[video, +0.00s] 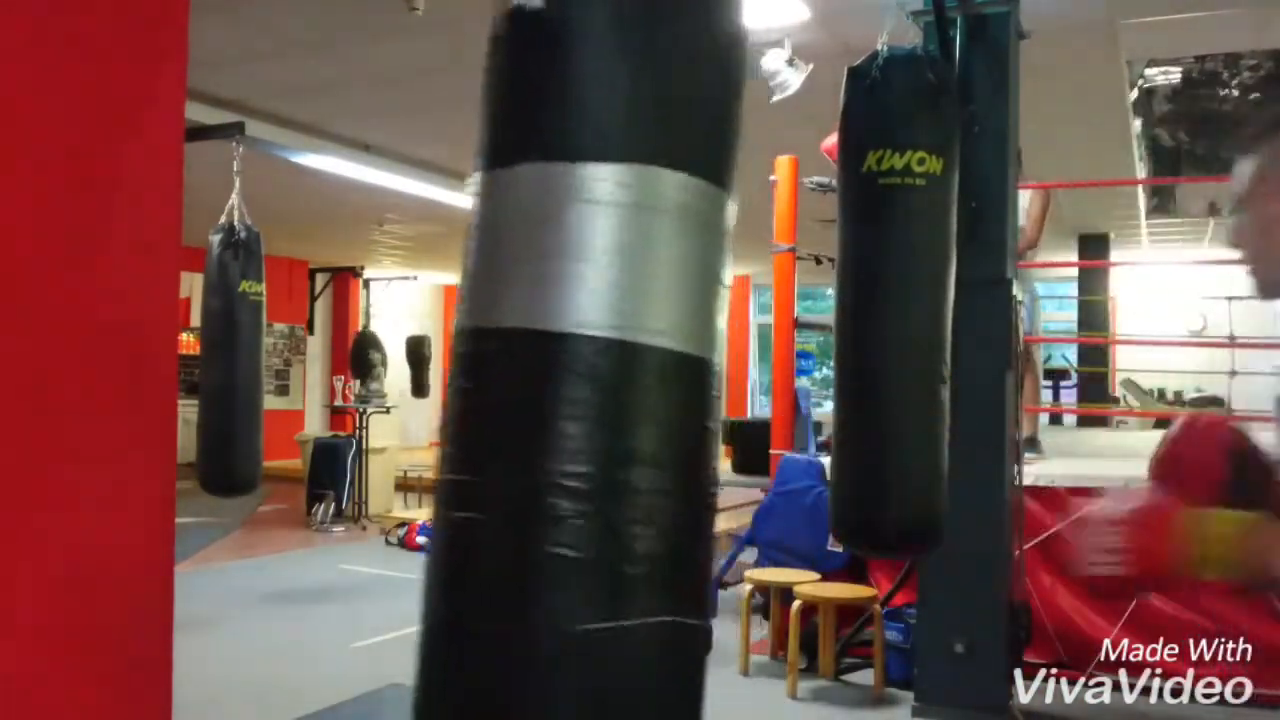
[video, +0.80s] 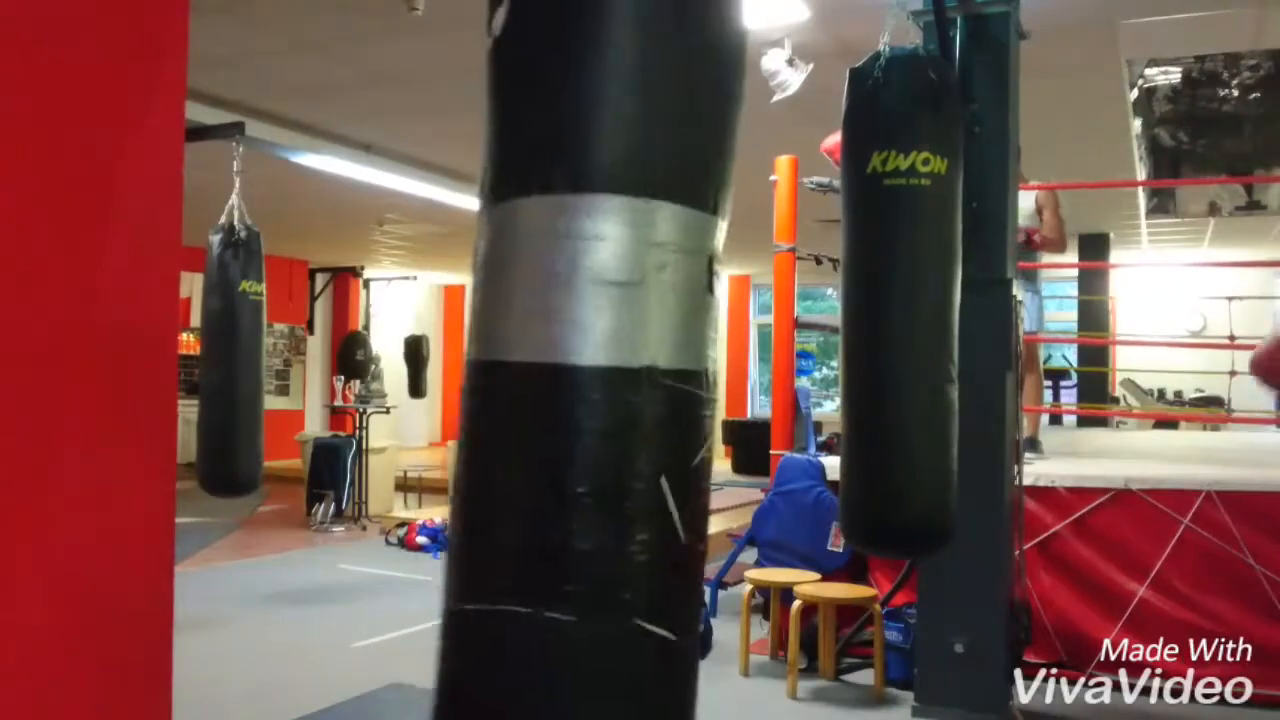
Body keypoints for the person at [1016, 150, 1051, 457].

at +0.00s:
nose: (1009, 161)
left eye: (1014, 155)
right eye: (1007, 155)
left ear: (1020, 157)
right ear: (997, 157)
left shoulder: (1036, 185)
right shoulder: (985, 184)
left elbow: (1030, 237)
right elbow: (1030, 237)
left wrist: (999, 252)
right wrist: (1003, 249)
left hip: (1016, 277)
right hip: (988, 278)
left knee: (1025, 356)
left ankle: (1029, 433)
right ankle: (1006, 435)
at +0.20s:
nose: (1008, 162)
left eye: (1012, 155)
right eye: (1004, 155)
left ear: (1018, 157)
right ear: (996, 158)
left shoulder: (1034, 189)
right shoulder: (986, 188)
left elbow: (1041, 238)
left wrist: (1007, 249)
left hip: (1018, 280)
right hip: (988, 283)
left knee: (1025, 358)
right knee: (994, 360)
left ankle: (1029, 433)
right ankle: (1000, 436)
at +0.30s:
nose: (1007, 161)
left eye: (1011, 154)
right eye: (1003, 154)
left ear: (1018, 156)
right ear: (995, 157)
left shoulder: (1034, 190)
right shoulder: (984, 189)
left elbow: (1048, 239)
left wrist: (1018, 246)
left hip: (1020, 283)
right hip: (987, 285)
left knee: (1026, 359)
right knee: (991, 361)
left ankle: (1029, 434)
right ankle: (998, 436)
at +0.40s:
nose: (1008, 163)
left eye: (1012, 155)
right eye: (1004, 156)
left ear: (1018, 157)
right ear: (995, 159)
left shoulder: (1034, 192)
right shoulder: (983, 190)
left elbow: (1054, 239)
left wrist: (1026, 245)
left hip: (1020, 284)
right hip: (986, 287)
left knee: (1026, 358)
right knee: (991, 361)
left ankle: (1029, 434)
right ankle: (996, 436)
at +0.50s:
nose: (1008, 162)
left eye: (1011, 155)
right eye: (1005, 155)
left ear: (1018, 156)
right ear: (999, 157)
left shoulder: (1037, 191)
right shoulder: (983, 190)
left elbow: (1061, 239)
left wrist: (1030, 243)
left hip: (1021, 285)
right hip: (986, 288)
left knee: (1026, 358)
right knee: (995, 361)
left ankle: (1029, 435)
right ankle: (998, 436)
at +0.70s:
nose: (1007, 163)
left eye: (1009, 156)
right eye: (1005, 157)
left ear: (1017, 157)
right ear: (1011, 158)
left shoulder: (1039, 192)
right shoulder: (985, 191)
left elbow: (1064, 239)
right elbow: (1062, 237)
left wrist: (1034, 236)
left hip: (1023, 285)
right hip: (989, 287)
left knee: (1028, 361)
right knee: (996, 363)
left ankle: (1030, 435)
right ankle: (1000, 438)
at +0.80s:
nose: (1006, 161)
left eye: (1009, 154)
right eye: (1002, 155)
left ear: (1017, 155)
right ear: (997, 158)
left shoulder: (1039, 193)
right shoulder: (986, 192)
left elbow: (1057, 241)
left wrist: (1029, 238)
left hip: (1023, 283)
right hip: (989, 284)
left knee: (1027, 359)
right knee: (993, 360)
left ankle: (1029, 435)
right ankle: (997, 437)